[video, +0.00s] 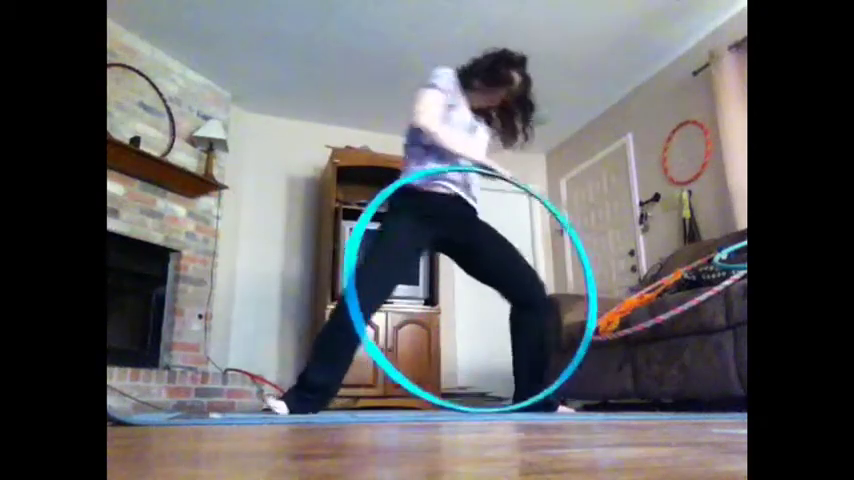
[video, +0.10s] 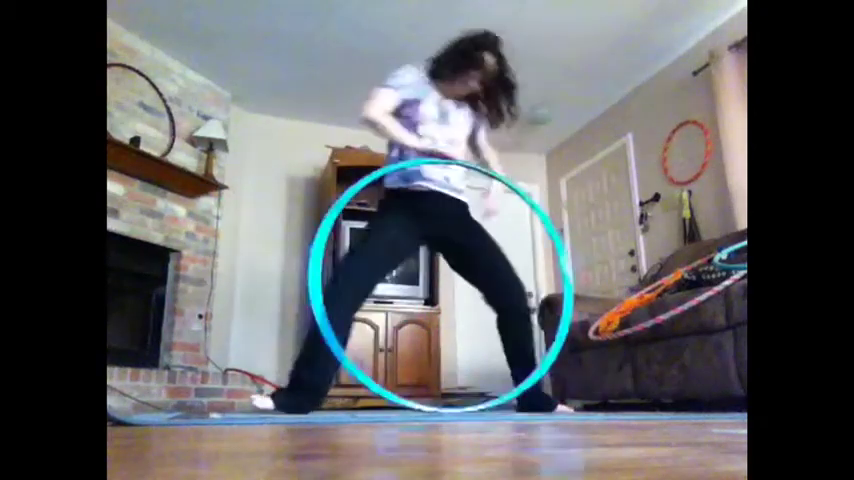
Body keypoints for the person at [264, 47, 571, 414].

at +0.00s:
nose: (492, 107)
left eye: (499, 104)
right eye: (494, 98)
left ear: (502, 102)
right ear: (485, 79)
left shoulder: (482, 125)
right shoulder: (444, 83)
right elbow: (425, 122)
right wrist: (478, 153)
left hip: (459, 216)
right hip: (414, 207)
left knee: (531, 293)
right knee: (360, 301)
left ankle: (535, 402)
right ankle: (301, 401)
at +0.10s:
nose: (472, 87)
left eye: (480, 84)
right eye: (472, 76)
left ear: (483, 86)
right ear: (459, 62)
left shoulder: (469, 110)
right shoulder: (413, 78)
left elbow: (484, 148)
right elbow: (374, 110)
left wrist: (497, 184)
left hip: (454, 213)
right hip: (405, 206)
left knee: (511, 296)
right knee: (345, 290)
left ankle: (531, 397)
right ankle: (300, 396)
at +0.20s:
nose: (456, 71)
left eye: (465, 68)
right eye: (453, 60)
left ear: (470, 73)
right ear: (435, 52)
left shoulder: (458, 104)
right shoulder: (392, 81)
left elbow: (498, 144)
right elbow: (345, 113)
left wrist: (506, 172)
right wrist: (384, 143)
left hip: (445, 210)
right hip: (393, 208)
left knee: (499, 293)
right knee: (334, 288)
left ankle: (533, 397)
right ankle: (298, 395)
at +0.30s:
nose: (433, 63)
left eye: (442, 58)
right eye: (429, 52)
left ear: (449, 64)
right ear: (412, 47)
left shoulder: (444, 97)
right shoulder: (373, 85)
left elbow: (489, 118)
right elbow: (322, 117)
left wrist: (509, 149)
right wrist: (347, 139)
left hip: (437, 209)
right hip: (384, 209)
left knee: (489, 296)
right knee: (324, 286)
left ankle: (531, 398)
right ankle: (297, 395)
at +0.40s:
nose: (399, 54)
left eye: (408, 48)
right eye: (391, 45)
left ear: (418, 54)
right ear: (374, 46)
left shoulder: (423, 90)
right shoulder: (346, 95)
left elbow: (471, 96)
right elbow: (295, 124)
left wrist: (505, 117)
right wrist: (287, 142)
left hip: (426, 207)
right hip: (374, 214)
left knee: (475, 297)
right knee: (312, 281)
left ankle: (531, 400)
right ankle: (291, 397)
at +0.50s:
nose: (375, 58)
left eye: (384, 51)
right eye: (367, 49)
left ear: (395, 56)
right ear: (351, 50)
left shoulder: (409, 88)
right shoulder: (329, 104)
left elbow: (458, 89)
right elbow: (280, 136)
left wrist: (504, 101)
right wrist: (260, 156)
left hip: (418, 209)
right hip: (368, 218)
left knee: (470, 303)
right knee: (302, 279)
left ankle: (537, 402)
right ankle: (289, 400)